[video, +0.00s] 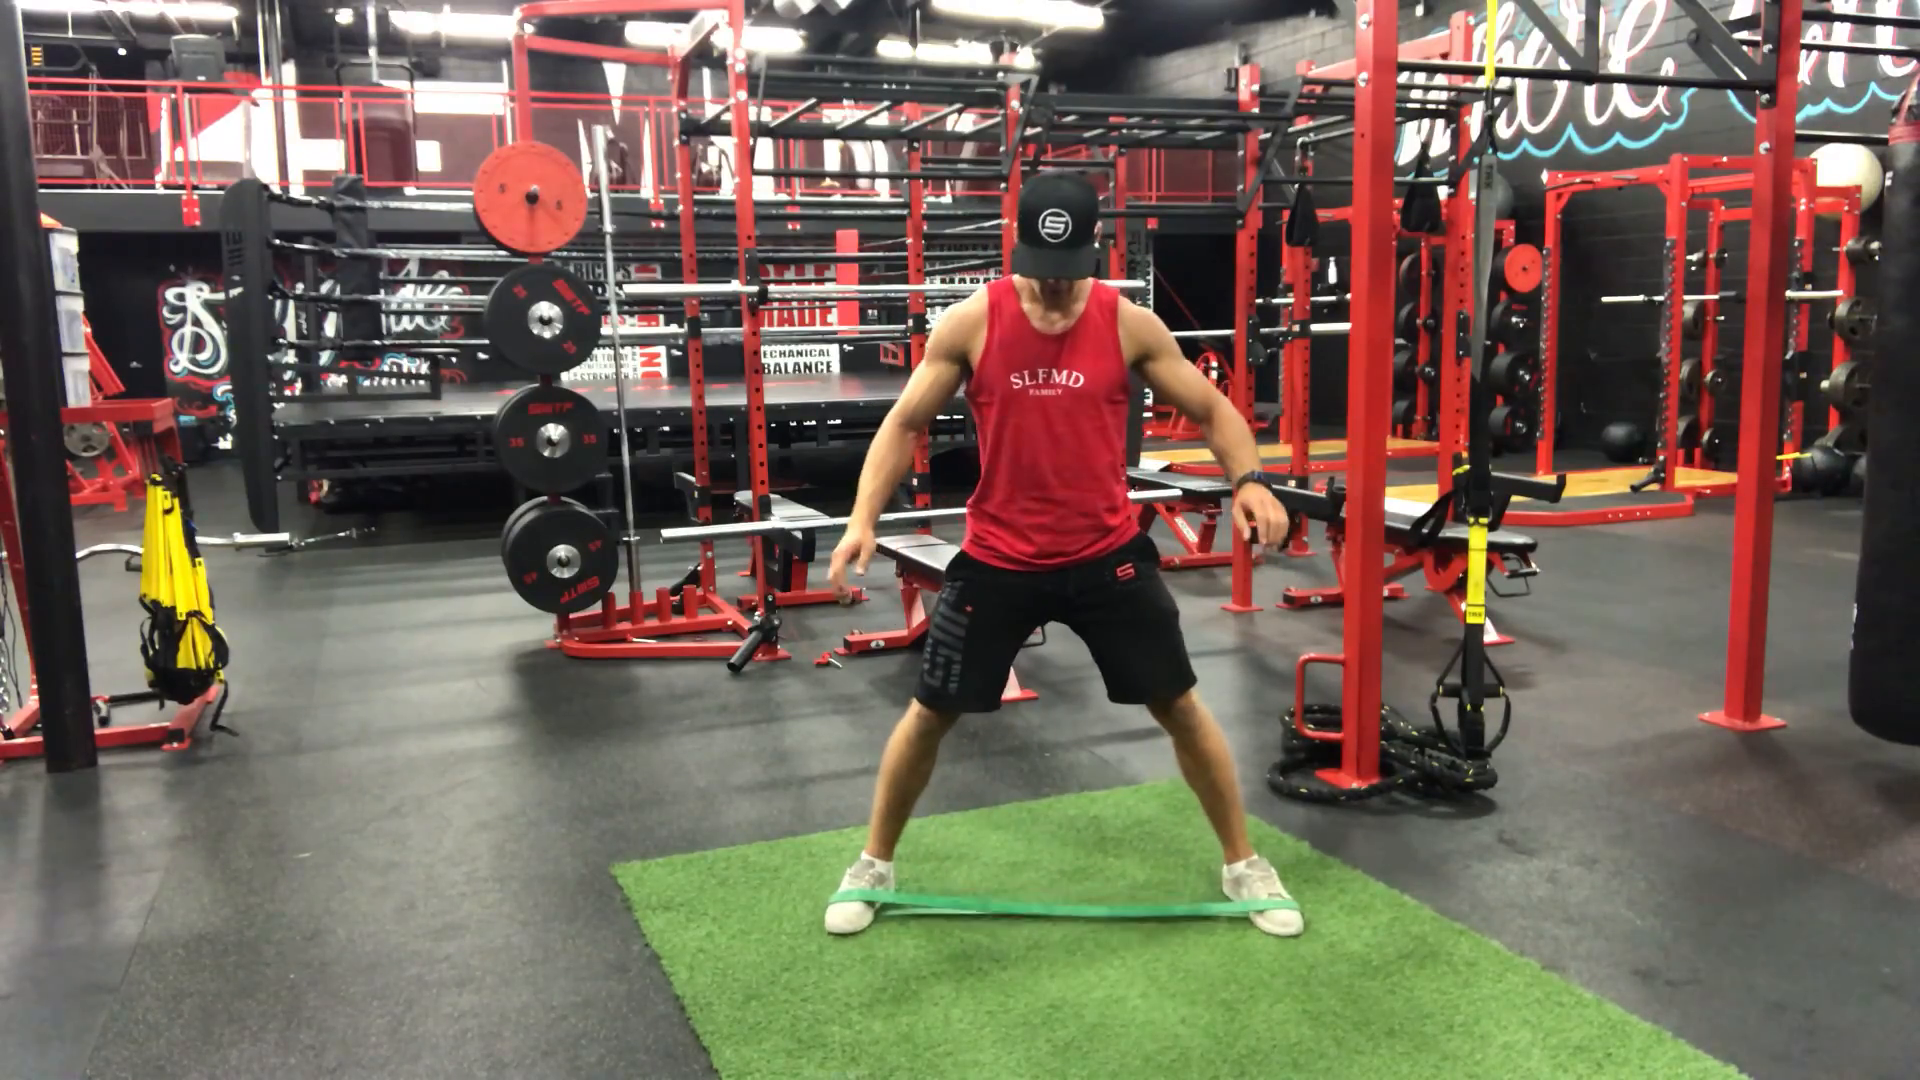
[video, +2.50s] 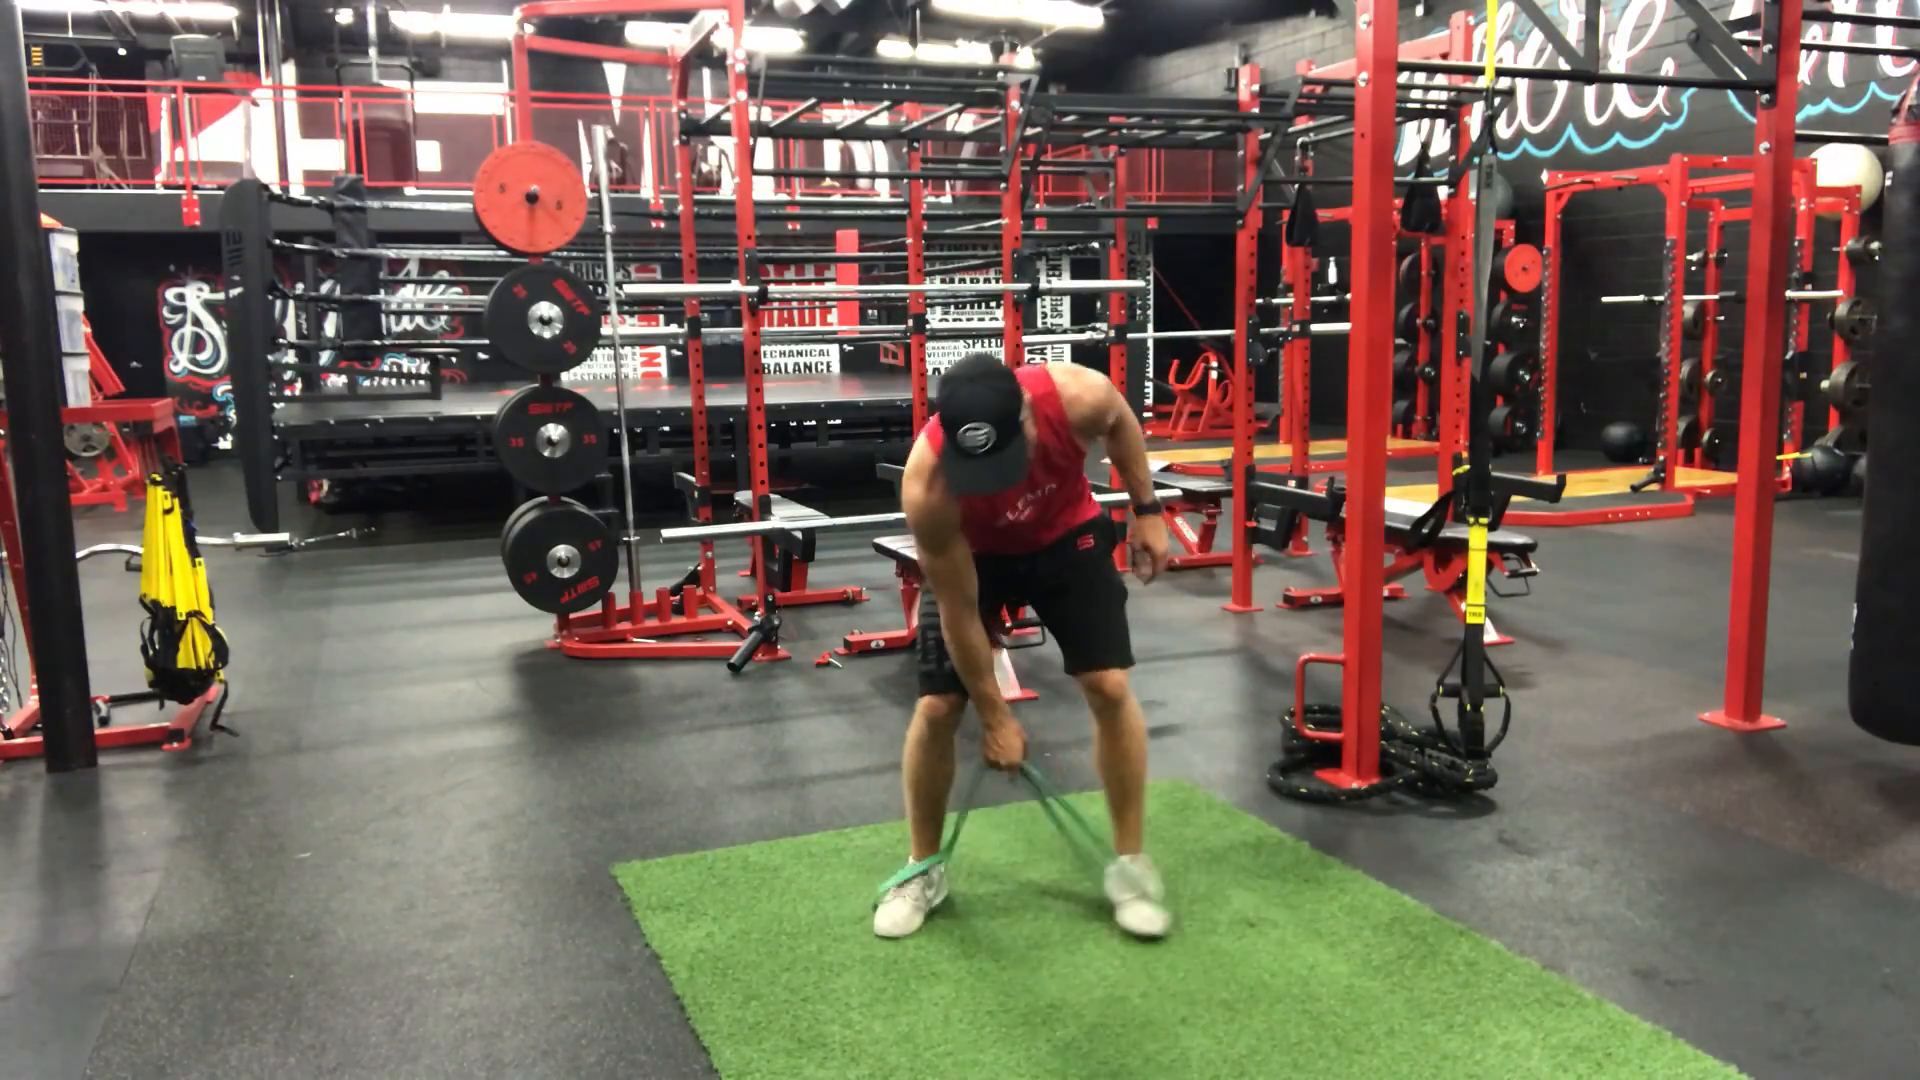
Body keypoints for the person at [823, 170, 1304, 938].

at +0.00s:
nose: (1053, 284)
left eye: (1069, 269)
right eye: (1039, 268)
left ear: (1092, 253)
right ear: (1016, 250)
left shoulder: (1128, 323)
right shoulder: (970, 323)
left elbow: (1213, 408)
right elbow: (903, 424)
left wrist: (1250, 479)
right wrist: (862, 518)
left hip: (1109, 554)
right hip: (996, 559)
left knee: (1178, 703)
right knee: (931, 710)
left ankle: (1242, 863)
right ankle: (874, 862)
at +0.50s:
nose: (1065, 532)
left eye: (1080, 523)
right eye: (1050, 524)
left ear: (1107, 478)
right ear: (1026, 481)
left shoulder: (1143, 458)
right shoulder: (985, 489)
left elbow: (1177, 553)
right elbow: (967, 627)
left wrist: (1168, 657)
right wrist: (984, 748)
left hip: (1112, 566)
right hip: (1005, 572)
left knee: (1192, 694)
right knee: (922, 701)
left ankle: (1243, 863)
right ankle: (872, 860)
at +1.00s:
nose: (1066, 699)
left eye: (1087, 690)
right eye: (1059, 689)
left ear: (1118, 625)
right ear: (1046, 640)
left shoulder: (1155, 557)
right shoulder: (1007, 641)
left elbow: (1181, 602)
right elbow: (1012, 767)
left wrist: (1150, 678)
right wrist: (1041, 869)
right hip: (1005, 554)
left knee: (1200, 692)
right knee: (930, 710)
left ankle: (1245, 865)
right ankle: (872, 863)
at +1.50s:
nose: (1074, 665)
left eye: (1097, 651)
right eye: (1064, 653)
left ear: (1126, 591)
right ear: (1045, 606)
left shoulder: (1162, 541)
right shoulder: (1011, 608)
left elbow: (1180, 604)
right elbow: (1016, 746)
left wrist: (1146, 685)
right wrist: (1044, 849)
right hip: (1011, 557)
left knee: (1197, 695)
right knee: (933, 709)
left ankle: (1244, 863)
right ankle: (873, 862)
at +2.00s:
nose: (1090, 566)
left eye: (1107, 556)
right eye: (1079, 556)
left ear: (1143, 514)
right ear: (1059, 528)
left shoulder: (1181, 480)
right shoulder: (1027, 542)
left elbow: (1240, 546)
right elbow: (1039, 685)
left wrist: (1233, 643)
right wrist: (1066, 789)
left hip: (1137, 569)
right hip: (1037, 571)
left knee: (1207, 702)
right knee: (955, 698)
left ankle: (1246, 864)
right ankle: (905, 853)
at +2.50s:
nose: (989, 475)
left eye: (1001, 461)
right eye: (973, 468)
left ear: (1027, 418)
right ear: (946, 441)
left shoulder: (1078, 398)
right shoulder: (926, 486)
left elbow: (1118, 420)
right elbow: (957, 608)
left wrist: (1145, 511)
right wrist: (994, 717)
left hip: (1065, 541)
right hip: (969, 559)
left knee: (1110, 689)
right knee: (935, 709)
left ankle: (1130, 862)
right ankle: (923, 867)